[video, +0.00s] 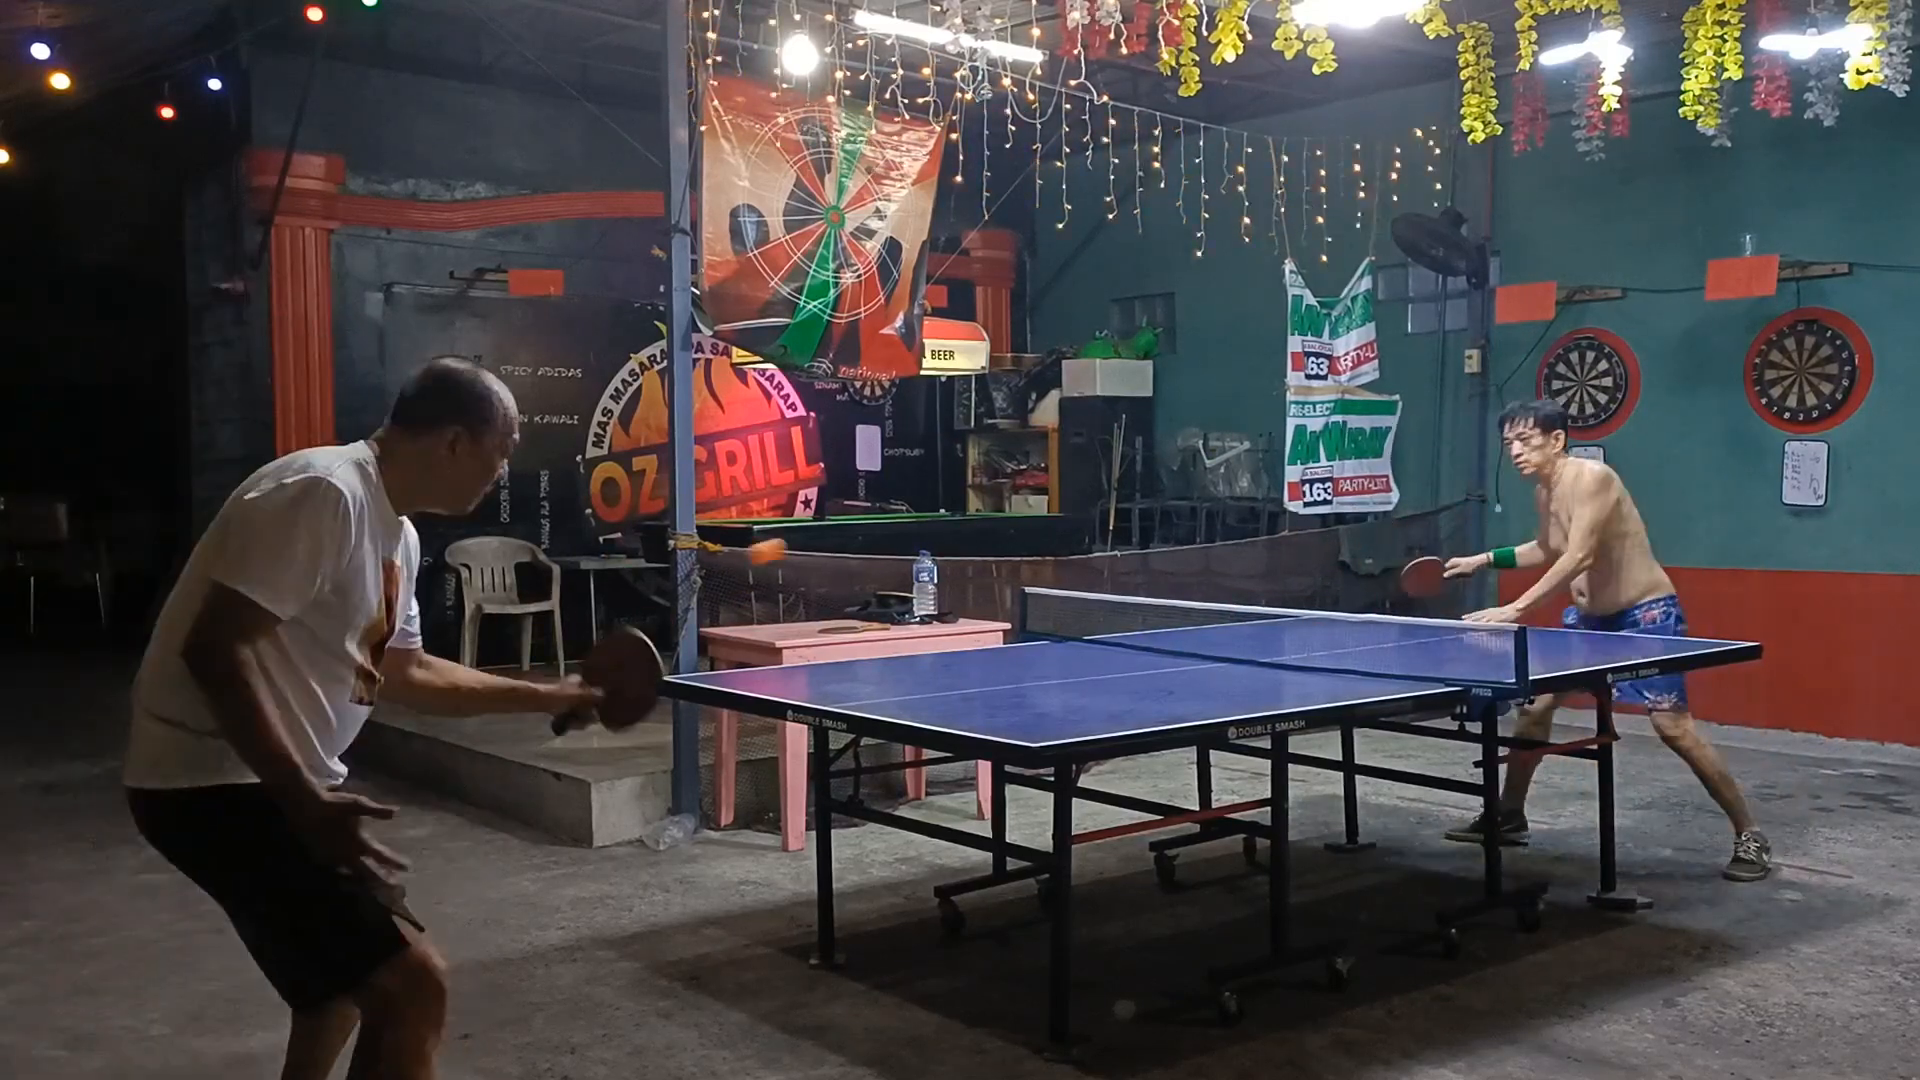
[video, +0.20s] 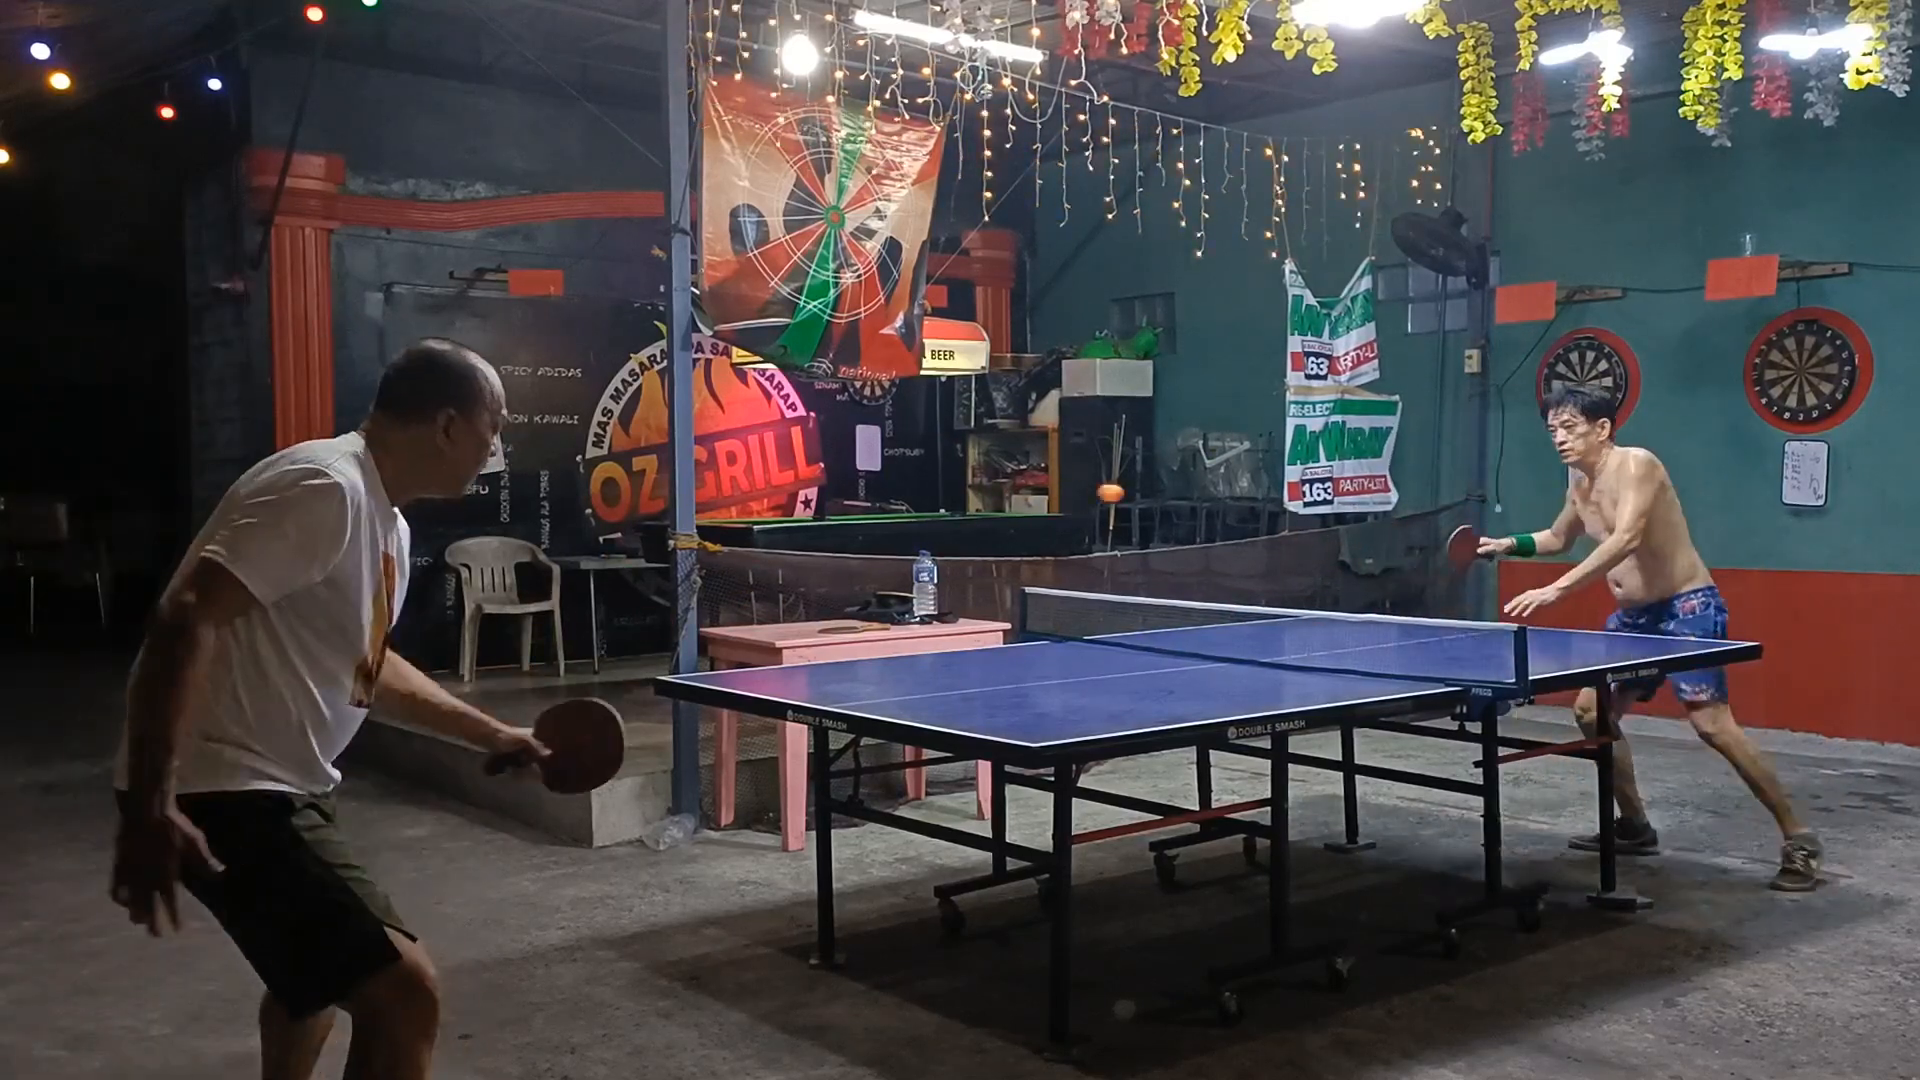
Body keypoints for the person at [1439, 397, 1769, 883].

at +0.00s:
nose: (1514, 451)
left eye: (1523, 440)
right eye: (1509, 443)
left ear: (1556, 439)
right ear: (1508, 447)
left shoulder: (1591, 478)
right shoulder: (1546, 490)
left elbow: (1580, 555)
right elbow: (1548, 550)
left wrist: (1515, 609)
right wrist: (1483, 560)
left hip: (1647, 618)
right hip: (1589, 619)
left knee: (1673, 728)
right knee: (1534, 704)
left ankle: (1749, 835)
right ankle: (1509, 813)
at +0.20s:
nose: (1558, 438)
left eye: (1568, 427)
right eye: (1553, 430)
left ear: (1602, 428)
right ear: (1553, 436)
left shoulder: (1636, 465)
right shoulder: (1579, 484)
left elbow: (1628, 536)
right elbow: (1557, 538)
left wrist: (1555, 588)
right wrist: (1509, 544)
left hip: (1689, 610)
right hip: (1633, 618)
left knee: (1711, 723)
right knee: (1590, 712)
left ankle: (1798, 838)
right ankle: (1633, 823)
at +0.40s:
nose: (1578, 454)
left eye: (1586, 443)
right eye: (1575, 445)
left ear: (1620, 439)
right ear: (1611, 444)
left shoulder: (1648, 475)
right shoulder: (1633, 483)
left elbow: (1614, 555)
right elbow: (1610, 542)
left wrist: (1548, 608)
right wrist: (1545, 544)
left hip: (1705, 621)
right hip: (1660, 626)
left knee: (1711, 738)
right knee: (1594, 692)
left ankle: (1809, 842)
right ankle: (1618, 805)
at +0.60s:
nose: (1566, 476)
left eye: (1569, 464)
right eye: (1562, 467)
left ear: (1599, 454)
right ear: (1609, 458)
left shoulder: (1613, 478)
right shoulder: (1650, 487)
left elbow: (1587, 524)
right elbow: (1646, 556)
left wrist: (1518, 578)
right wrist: (1594, 562)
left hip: (1675, 627)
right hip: (1674, 626)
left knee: (1694, 746)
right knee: (1596, 699)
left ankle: (1806, 837)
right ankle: (1580, 810)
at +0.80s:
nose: (1537, 492)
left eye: (1538, 481)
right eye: (1534, 484)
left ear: (1563, 469)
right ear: (1563, 474)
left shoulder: (1590, 481)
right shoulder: (1588, 512)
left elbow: (1631, 493)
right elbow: (1602, 595)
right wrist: (1551, 587)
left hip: (1654, 615)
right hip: (1619, 625)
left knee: (1666, 733)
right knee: (1553, 702)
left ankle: (1783, 825)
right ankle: (1572, 811)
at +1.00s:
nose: (1553, 427)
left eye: (1560, 416)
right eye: (1550, 419)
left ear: (1592, 413)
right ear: (1557, 423)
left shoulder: (1636, 445)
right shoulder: (1566, 465)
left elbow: (1705, 460)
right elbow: (1518, 484)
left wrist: (1683, 513)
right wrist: (1477, 499)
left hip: (1664, 587)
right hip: (1615, 597)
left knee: (1665, 692)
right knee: (1577, 696)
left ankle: (1751, 798)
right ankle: (1574, 808)